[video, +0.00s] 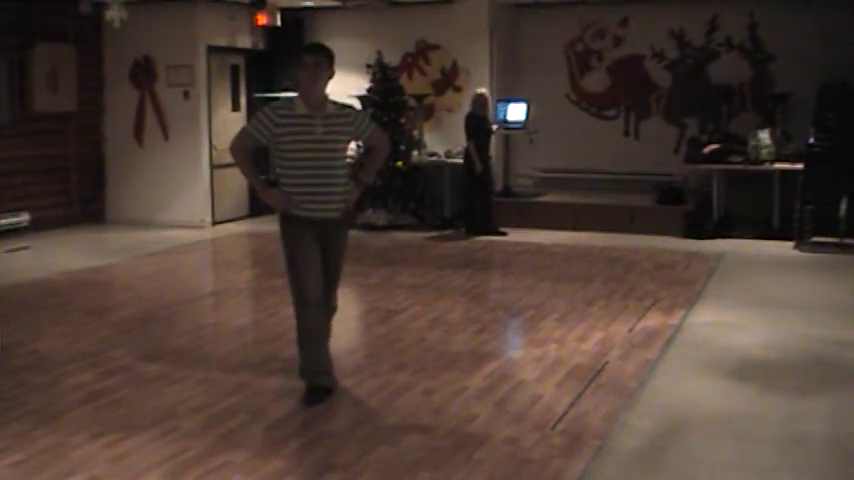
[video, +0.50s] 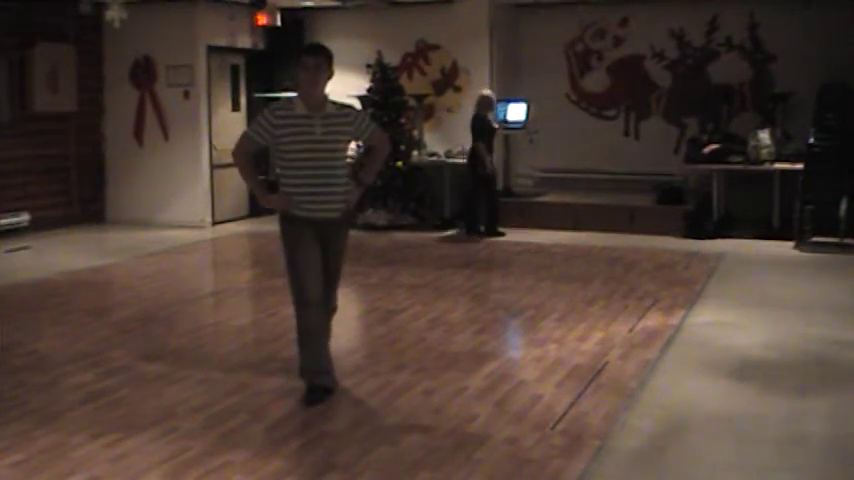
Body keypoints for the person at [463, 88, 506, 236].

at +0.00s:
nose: (485, 104)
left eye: (486, 101)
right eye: (482, 101)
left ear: (484, 102)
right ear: (478, 103)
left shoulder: (483, 118)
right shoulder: (472, 118)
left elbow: (484, 131)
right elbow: (471, 142)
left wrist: (492, 129)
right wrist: (477, 162)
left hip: (483, 158)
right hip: (476, 159)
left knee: (485, 191)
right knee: (479, 191)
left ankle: (487, 223)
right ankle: (478, 225)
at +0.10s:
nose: (485, 105)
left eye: (486, 101)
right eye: (482, 101)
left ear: (485, 103)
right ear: (479, 103)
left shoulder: (484, 118)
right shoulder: (473, 118)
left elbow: (484, 132)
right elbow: (471, 142)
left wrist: (492, 129)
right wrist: (477, 162)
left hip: (483, 158)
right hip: (476, 159)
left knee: (485, 191)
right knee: (479, 191)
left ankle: (488, 223)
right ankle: (479, 225)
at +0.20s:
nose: (485, 105)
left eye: (486, 101)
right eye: (483, 102)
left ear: (484, 103)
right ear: (479, 103)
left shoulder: (483, 118)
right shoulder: (473, 118)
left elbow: (484, 132)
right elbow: (472, 141)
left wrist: (492, 129)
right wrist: (477, 161)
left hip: (483, 158)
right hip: (476, 159)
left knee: (485, 191)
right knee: (479, 191)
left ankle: (488, 223)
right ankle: (479, 224)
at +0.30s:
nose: (489, 105)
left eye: (488, 101)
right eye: (487, 101)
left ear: (479, 103)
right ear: (482, 103)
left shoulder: (482, 118)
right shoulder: (476, 118)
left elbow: (484, 132)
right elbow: (475, 141)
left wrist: (492, 129)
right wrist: (478, 162)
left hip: (483, 158)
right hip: (479, 159)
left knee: (485, 191)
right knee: (483, 191)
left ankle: (486, 223)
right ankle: (483, 224)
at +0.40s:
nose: (491, 105)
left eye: (490, 102)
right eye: (488, 102)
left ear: (482, 103)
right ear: (482, 103)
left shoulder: (483, 118)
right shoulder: (477, 119)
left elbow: (485, 134)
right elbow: (476, 141)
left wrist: (492, 129)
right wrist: (481, 162)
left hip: (484, 159)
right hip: (478, 159)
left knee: (488, 191)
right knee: (481, 192)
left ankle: (489, 224)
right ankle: (480, 225)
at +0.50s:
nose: (492, 106)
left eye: (492, 103)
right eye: (490, 103)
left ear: (484, 104)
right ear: (484, 103)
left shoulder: (485, 118)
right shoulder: (479, 119)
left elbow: (487, 136)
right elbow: (479, 142)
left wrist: (494, 128)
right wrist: (486, 161)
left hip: (485, 156)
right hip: (479, 157)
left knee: (488, 190)